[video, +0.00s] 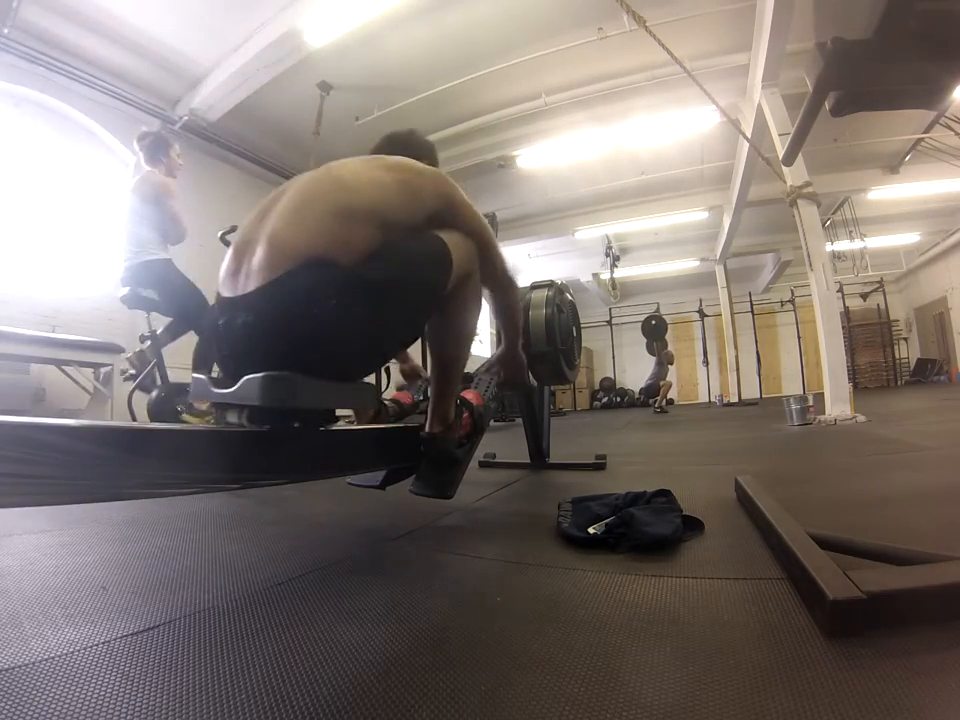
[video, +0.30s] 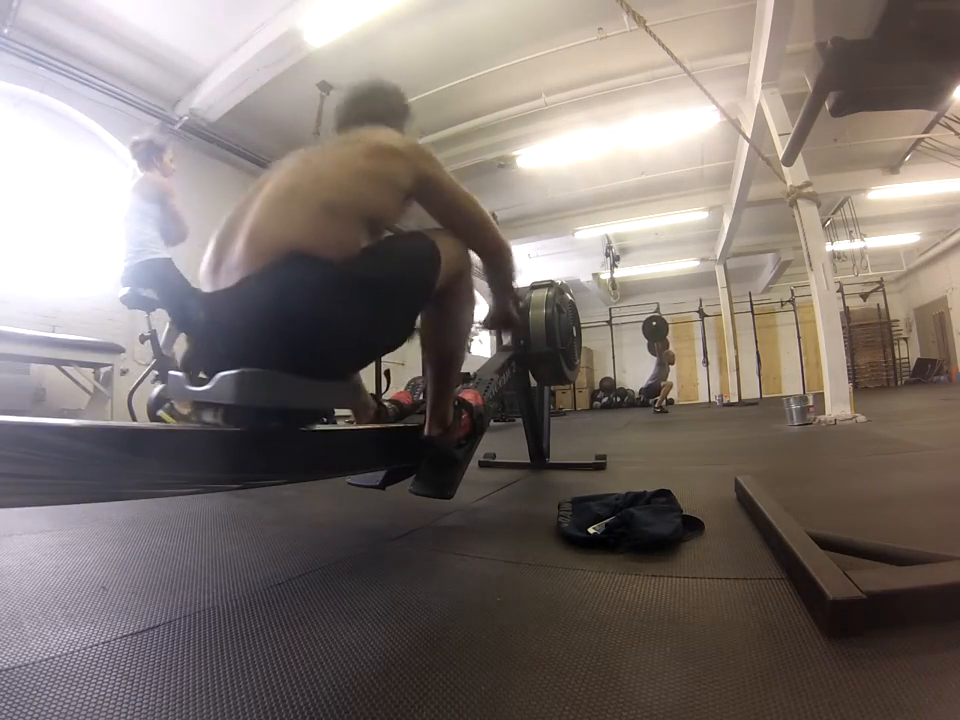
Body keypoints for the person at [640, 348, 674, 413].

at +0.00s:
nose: (673, 359)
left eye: (673, 356)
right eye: (671, 356)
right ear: (666, 357)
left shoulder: (666, 368)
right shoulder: (660, 363)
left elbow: (663, 382)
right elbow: (658, 352)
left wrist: (666, 400)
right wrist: (655, 340)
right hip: (647, 389)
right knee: (668, 383)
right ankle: (658, 406)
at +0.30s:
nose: (674, 358)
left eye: (674, 356)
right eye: (672, 356)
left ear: (667, 357)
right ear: (667, 357)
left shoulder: (667, 367)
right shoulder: (661, 363)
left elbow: (664, 382)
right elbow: (658, 350)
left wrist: (666, 400)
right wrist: (656, 339)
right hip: (648, 389)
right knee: (668, 384)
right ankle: (658, 406)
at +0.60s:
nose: (675, 354)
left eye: (675, 352)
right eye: (674, 352)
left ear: (669, 353)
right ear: (668, 352)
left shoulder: (667, 361)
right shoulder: (663, 358)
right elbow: (659, 346)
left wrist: (665, 400)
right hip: (650, 382)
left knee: (668, 383)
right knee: (669, 383)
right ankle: (658, 406)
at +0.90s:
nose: (673, 343)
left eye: (673, 340)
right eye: (671, 340)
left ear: (667, 342)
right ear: (666, 341)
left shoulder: (666, 351)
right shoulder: (662, 348)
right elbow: (658, 334)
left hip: (655, 374)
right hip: (650, 374)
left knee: (669, 383)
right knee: (668, 383)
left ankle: (658, 404)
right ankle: (658, 406)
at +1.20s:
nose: (667, 325)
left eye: (667, 322)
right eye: (665, 322)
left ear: (663, 323)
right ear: (660, 323)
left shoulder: (662, 335)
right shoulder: (657, 332)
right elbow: (653, 321)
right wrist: (650, 312)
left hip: (653, 361)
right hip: (649, 361)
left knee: (663, 379)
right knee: (662, 379)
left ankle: (658, 404)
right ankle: (657, 405)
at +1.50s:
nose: (659, 315)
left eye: (658, 313)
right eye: (657, 312)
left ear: (654, 312)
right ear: (651, 312)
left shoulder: (653, 324)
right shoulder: (649, 323)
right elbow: (647, 311)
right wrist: (645, 300)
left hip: (652, 354)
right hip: (649, 354)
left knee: (653, 381)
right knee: (652, 381)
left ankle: (654, 404)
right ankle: (644, 404)